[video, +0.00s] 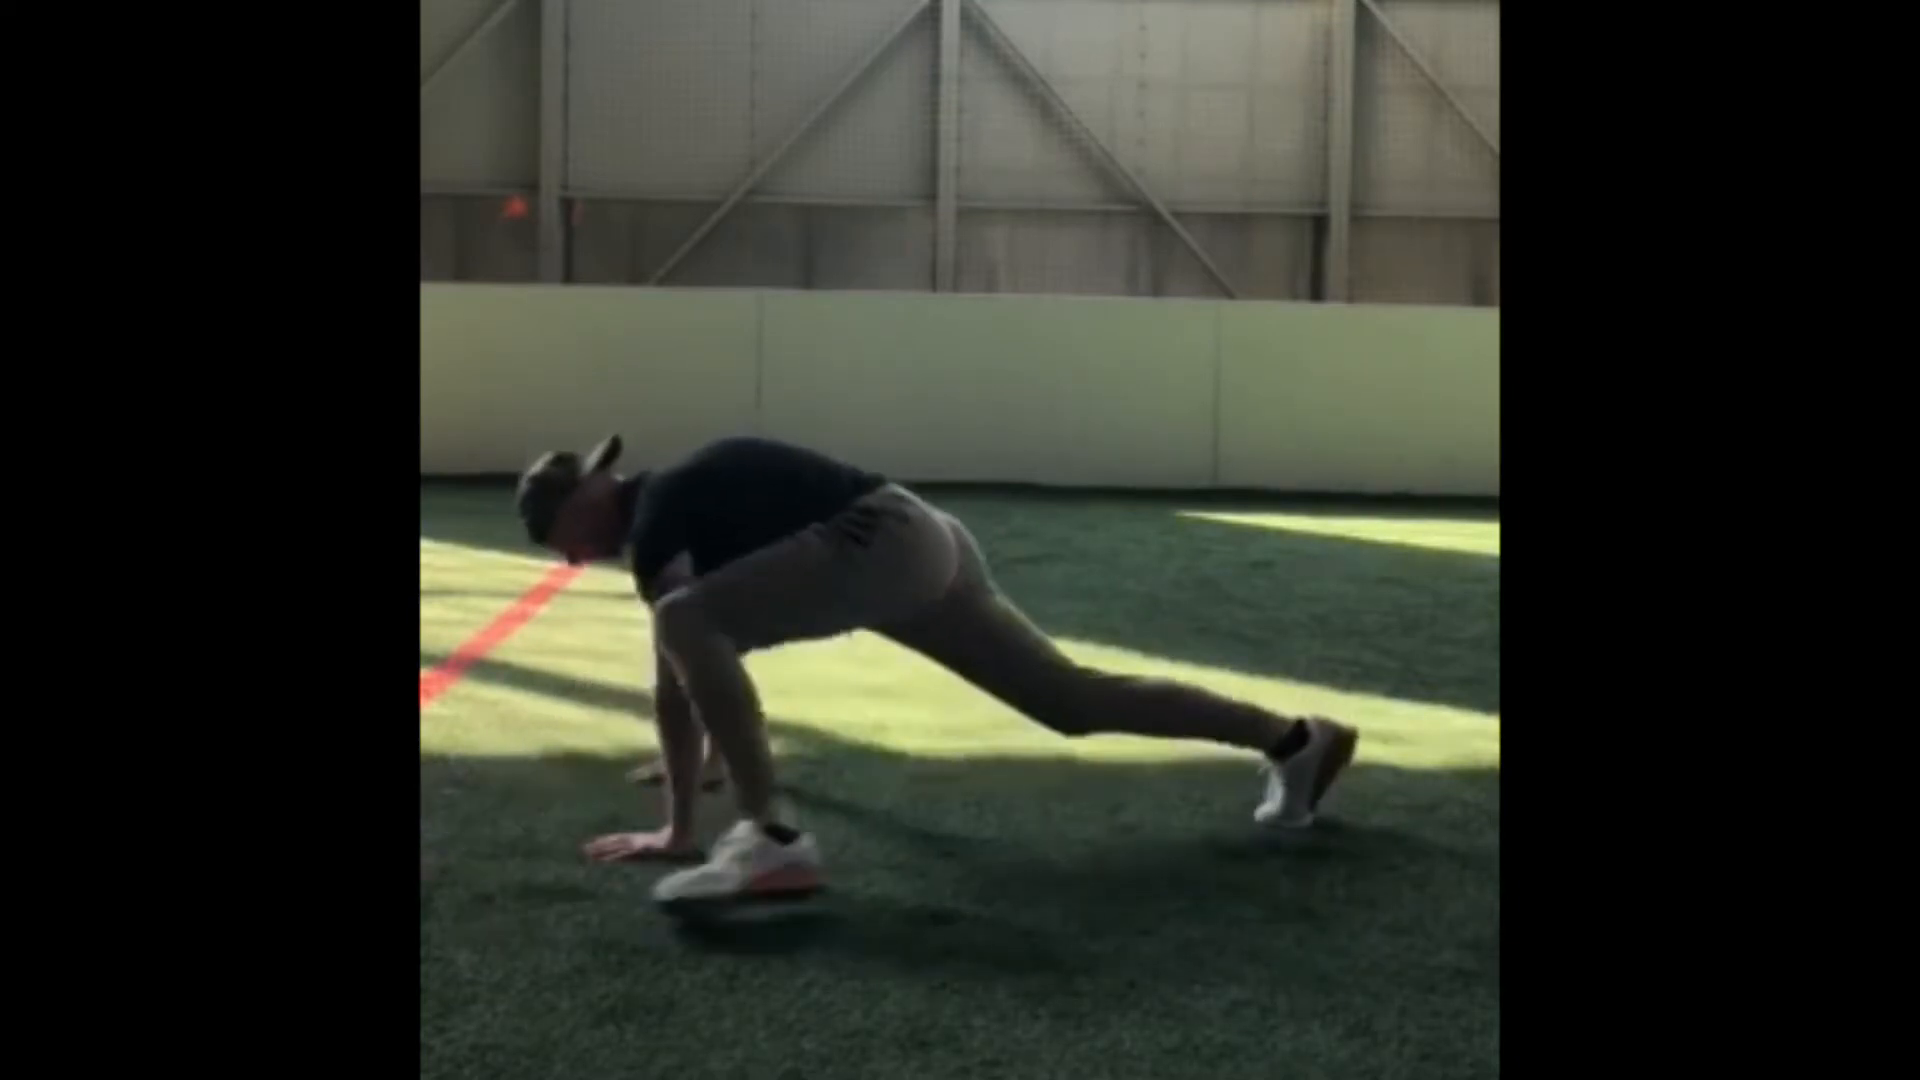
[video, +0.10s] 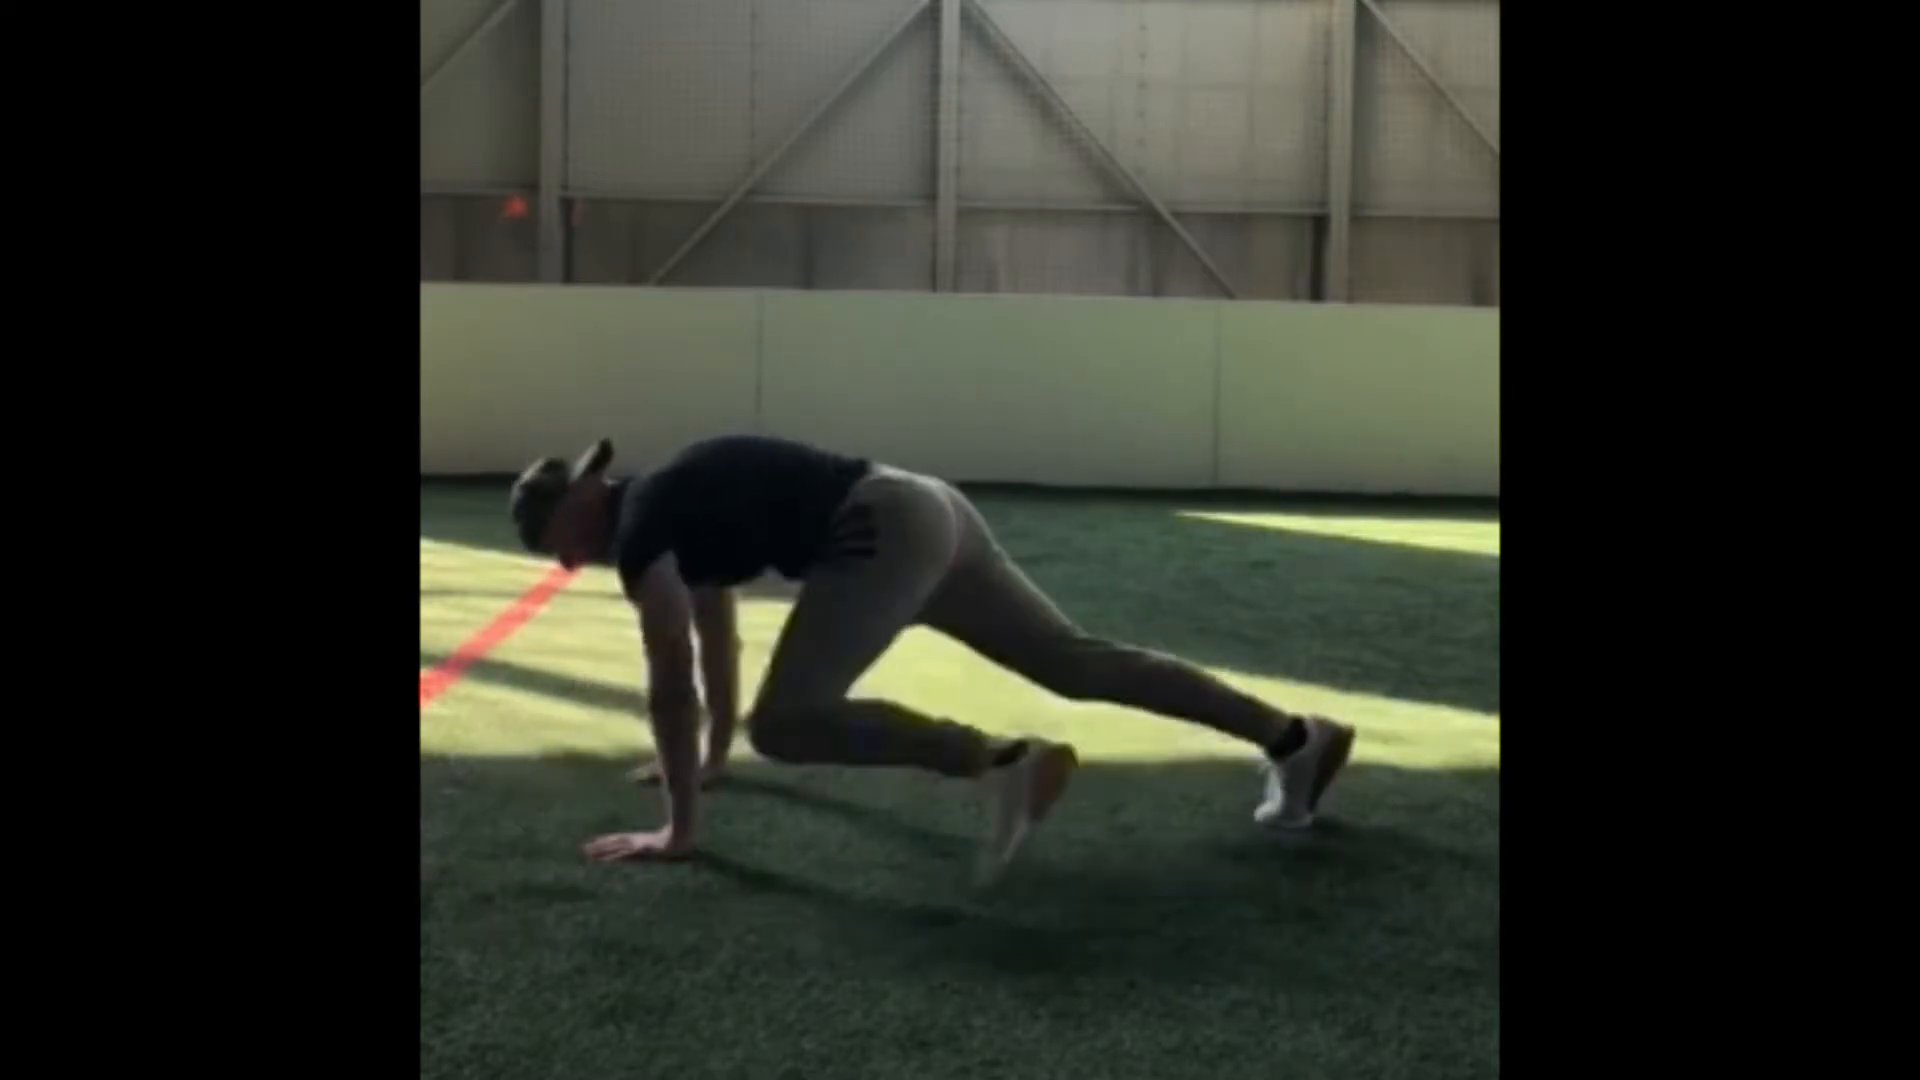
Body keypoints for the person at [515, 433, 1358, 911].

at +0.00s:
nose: (575, 559)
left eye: (566, 542)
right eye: (564, 550)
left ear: (589, 505)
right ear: (602, 498)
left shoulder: (653, 520)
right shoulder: (680, 505)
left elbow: (672, 682)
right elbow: (708, 659)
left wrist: (675, 828)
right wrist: (698, 781)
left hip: (883, 545)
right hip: (930, 546)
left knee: (685, 619)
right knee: (1072, 701)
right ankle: (1295, 742)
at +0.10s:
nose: (566, 562)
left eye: (557, 546)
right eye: (554, 552)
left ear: (578, 511)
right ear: (595, 495)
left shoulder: (638, 530)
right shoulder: (674, 505)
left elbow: (666, 679)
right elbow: (718, 645)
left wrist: (678, 824)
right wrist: (714, 752)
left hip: (881, 530)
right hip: (929, 505)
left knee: (779, 725)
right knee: (1071, 665)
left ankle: (1003, 768)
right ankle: (1291, 739)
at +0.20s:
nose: (568, 569)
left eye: (558, 553)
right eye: (555, 559)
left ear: (577, 508)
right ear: (593, 490)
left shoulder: (628, 532)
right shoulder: (678, 497)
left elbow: (663, 685)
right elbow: (717, 655)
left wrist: (678, 829)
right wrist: (713, 752)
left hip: (878, 531)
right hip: (918, 488)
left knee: (938, 762)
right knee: (1080, 635)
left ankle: (1175, 752)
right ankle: (1284, 726)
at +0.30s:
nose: (570, 570)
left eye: (560, 555)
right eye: (558, 560)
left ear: (575, 515)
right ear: (595, 491)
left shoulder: (632, 533)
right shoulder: (679, 497)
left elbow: (664, 688)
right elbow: (719, 651)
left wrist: (677, 828)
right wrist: (713, 752)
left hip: (890, 549)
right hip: (924, 499)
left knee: (1027, 746)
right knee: (1066, 665)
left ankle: (1264, 774)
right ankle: (1283, 703)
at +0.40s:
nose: (581, 577)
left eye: (570, 562)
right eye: (568, 567)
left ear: (585, 519)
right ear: (602, 499)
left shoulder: (646, 534)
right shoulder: (685, 504)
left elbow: (669, 689)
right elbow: (722, 654)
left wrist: (677, 828)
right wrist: (715, 753)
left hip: (908, 581)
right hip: (930, 545)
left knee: (1048, 754)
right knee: (1074, 704)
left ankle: (1289, 772)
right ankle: (1289, 737)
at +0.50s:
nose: (576, 587)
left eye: (564, 572)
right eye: (562, 577)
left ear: (579, 524)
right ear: (592, 506)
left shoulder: (641, 537)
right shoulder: (676, 510)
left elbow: (669, 688)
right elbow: (723, 664)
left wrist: (680, 824)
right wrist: (714, 759)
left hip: (914, 586)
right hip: (928, 558)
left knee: (1065, 741)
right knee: (1077, 703)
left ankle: (1300, 772)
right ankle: (1291, 740)